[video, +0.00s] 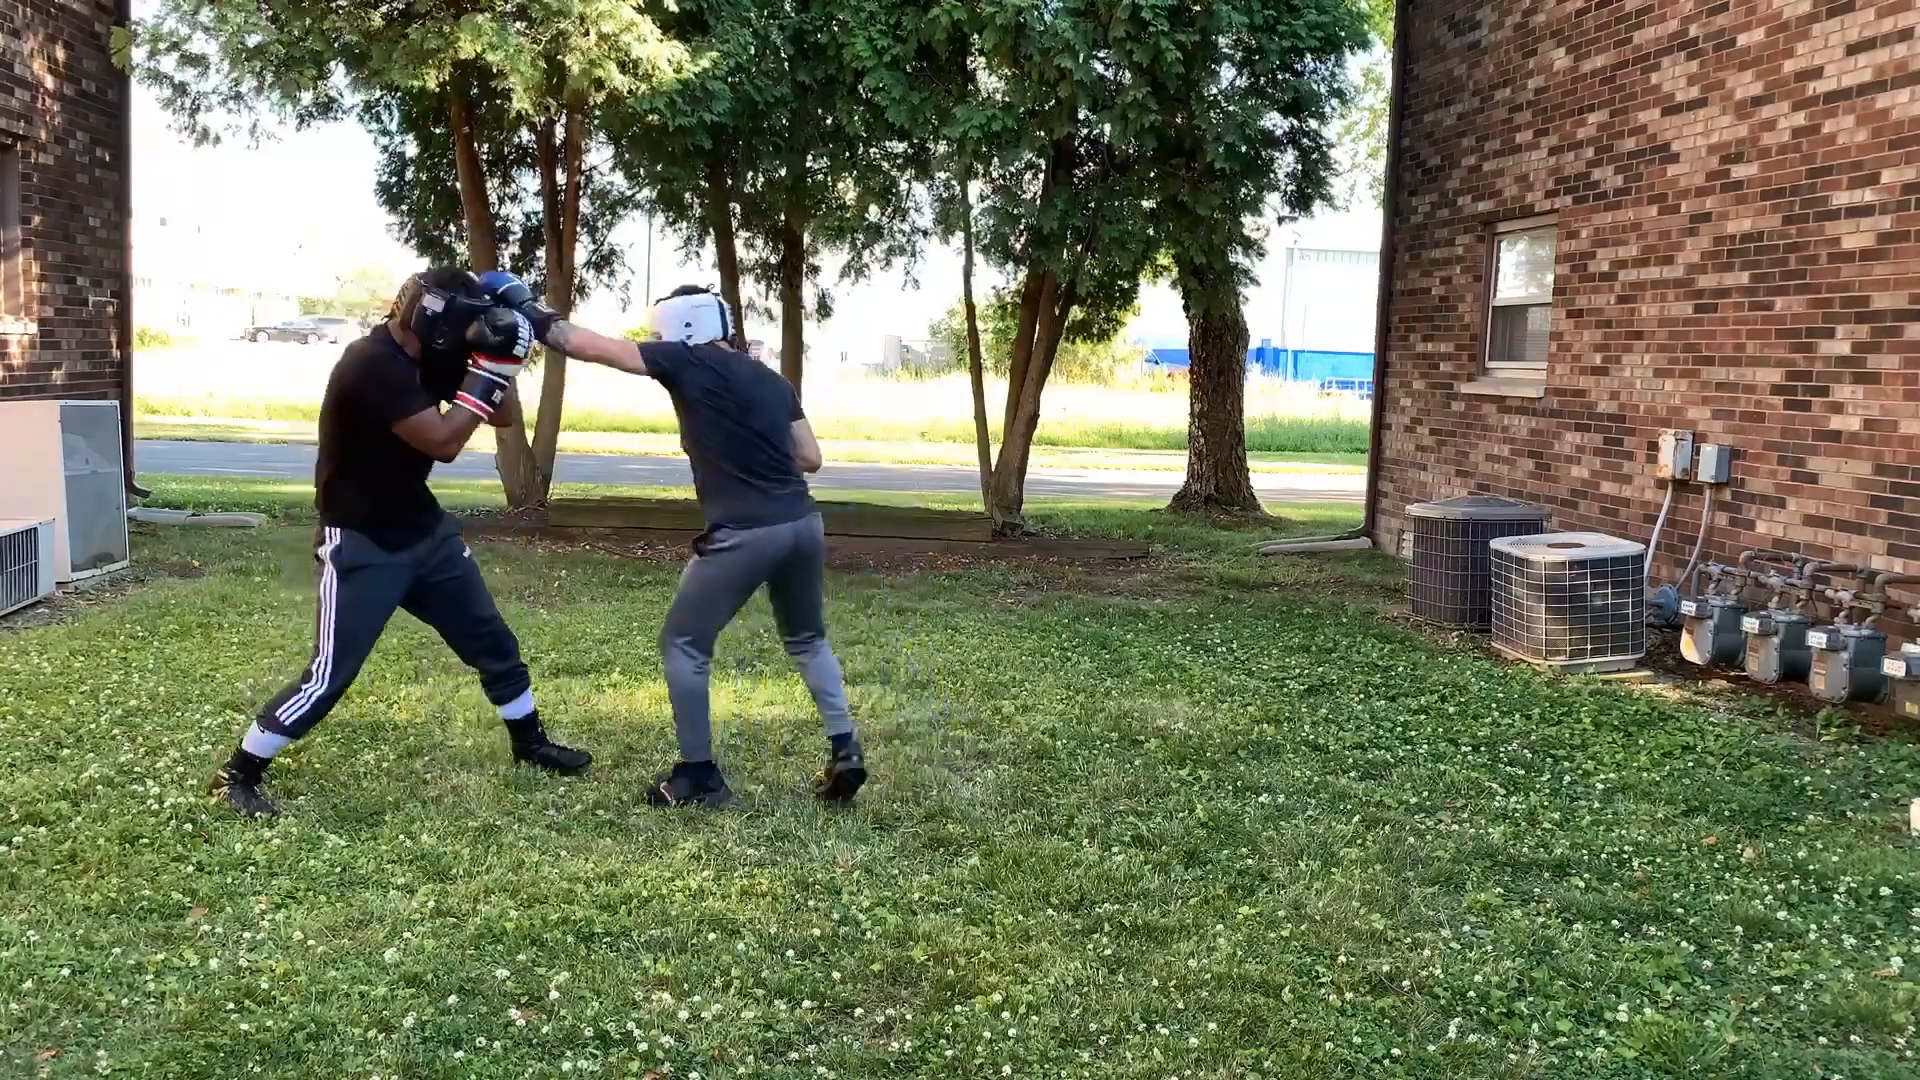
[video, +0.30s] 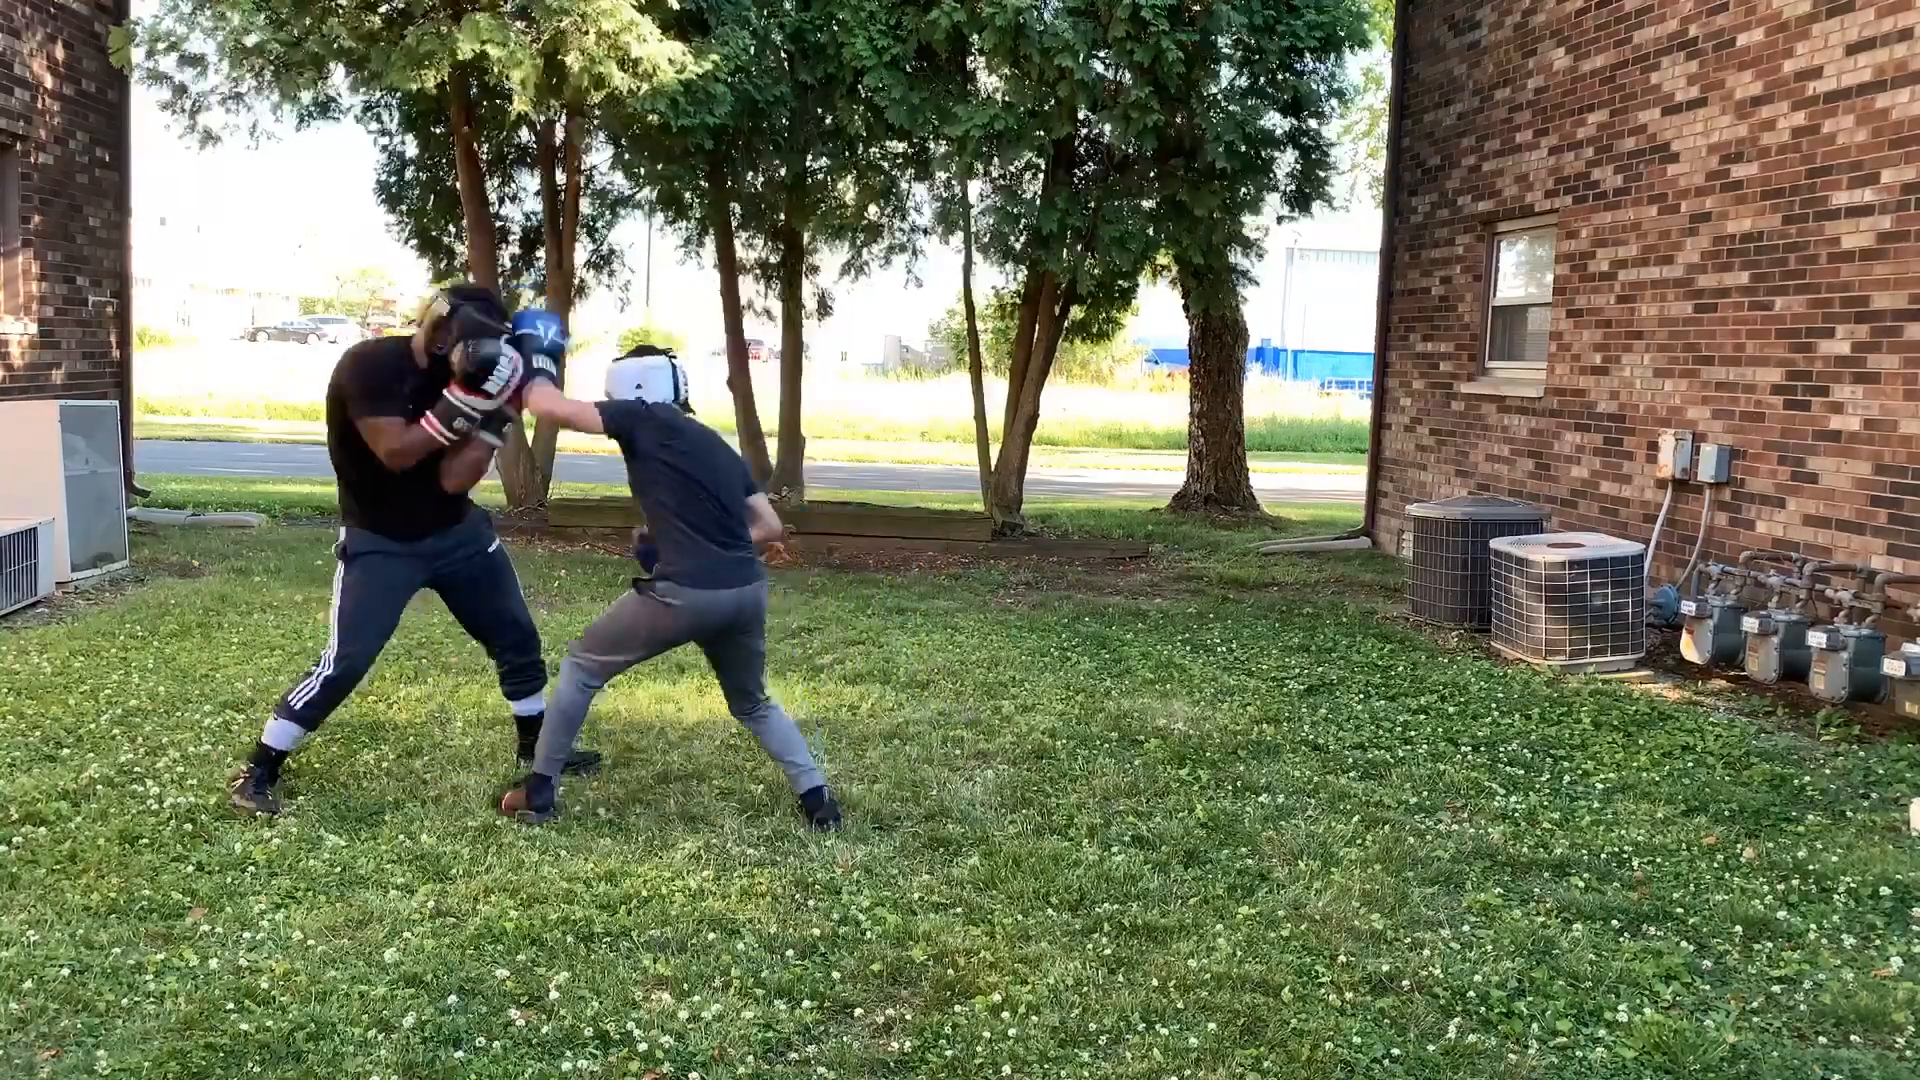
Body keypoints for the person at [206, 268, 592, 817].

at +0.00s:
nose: (457, 340)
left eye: (461, 331)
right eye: (456, 329)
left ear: (436, 322)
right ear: (427, 320)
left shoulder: (431, 361)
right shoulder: (371, 365)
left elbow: (505, 417)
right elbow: (444, 443)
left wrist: (499, 350)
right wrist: (483, 371)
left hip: (424, 534)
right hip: (359, 543)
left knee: (492, 641)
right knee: (330, 676)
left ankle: (530, 743)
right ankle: (242, 771)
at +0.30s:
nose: (480, 360)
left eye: (487, 350)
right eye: (473, 346)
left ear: (494, 349)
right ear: (443, 333)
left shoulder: (469, 379)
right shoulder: (367, 367)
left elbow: (456, 479)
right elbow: (395, 453)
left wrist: (498, 408)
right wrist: (460, 400)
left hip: (460, 533)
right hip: (381, 545)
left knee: (518, 639)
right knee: (346, 664)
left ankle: (539, 748)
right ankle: (259, 773)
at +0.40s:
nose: (463, 390)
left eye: (477, 382)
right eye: (458, 373)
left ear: (488, 378)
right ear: (437, 343)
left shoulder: (461, 421)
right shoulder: (359, 357)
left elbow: (404, 501)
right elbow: (344, 440)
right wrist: (422, 413)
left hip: (444, 543)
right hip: (361, 545)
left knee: (509, 649)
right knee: (321, 661)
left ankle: (539, 755)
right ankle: (251, 769)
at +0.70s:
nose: (440, 393)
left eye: (449, 385)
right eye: (435, 382)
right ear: (408, 359)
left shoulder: (422, 393)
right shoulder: (335, 400)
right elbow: (370, 486)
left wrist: (474, 425)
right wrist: (431, 449)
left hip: (410, 529)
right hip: (331, 536)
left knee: (469, 638)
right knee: (306, 652)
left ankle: (484, 744)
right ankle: (246, 767)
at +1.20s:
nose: (411, 342)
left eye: (422, 332)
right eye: (406, 328)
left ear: (431, 328)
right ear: (381, 315)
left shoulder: (419, 355)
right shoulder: (326, 362)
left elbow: (450, 426)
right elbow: (364, 443)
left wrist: (470, 354)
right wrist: (398, 384)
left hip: (405, 521)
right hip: (328, 526)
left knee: (445, 630)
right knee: (294, 639)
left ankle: (455, 732)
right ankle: (270, 720)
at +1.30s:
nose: (399, 330)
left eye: (411, 322)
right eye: (392, 315)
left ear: (429, 319)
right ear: (372, 298)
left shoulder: (421, 351)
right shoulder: (324, 340)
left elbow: (455, 430)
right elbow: (357, 413)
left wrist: (470, 354)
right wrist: (396, 352)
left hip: (397, 509)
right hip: (323, 514)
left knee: (445, 621)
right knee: (296, 634)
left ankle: (454, 726)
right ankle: (269, 720)